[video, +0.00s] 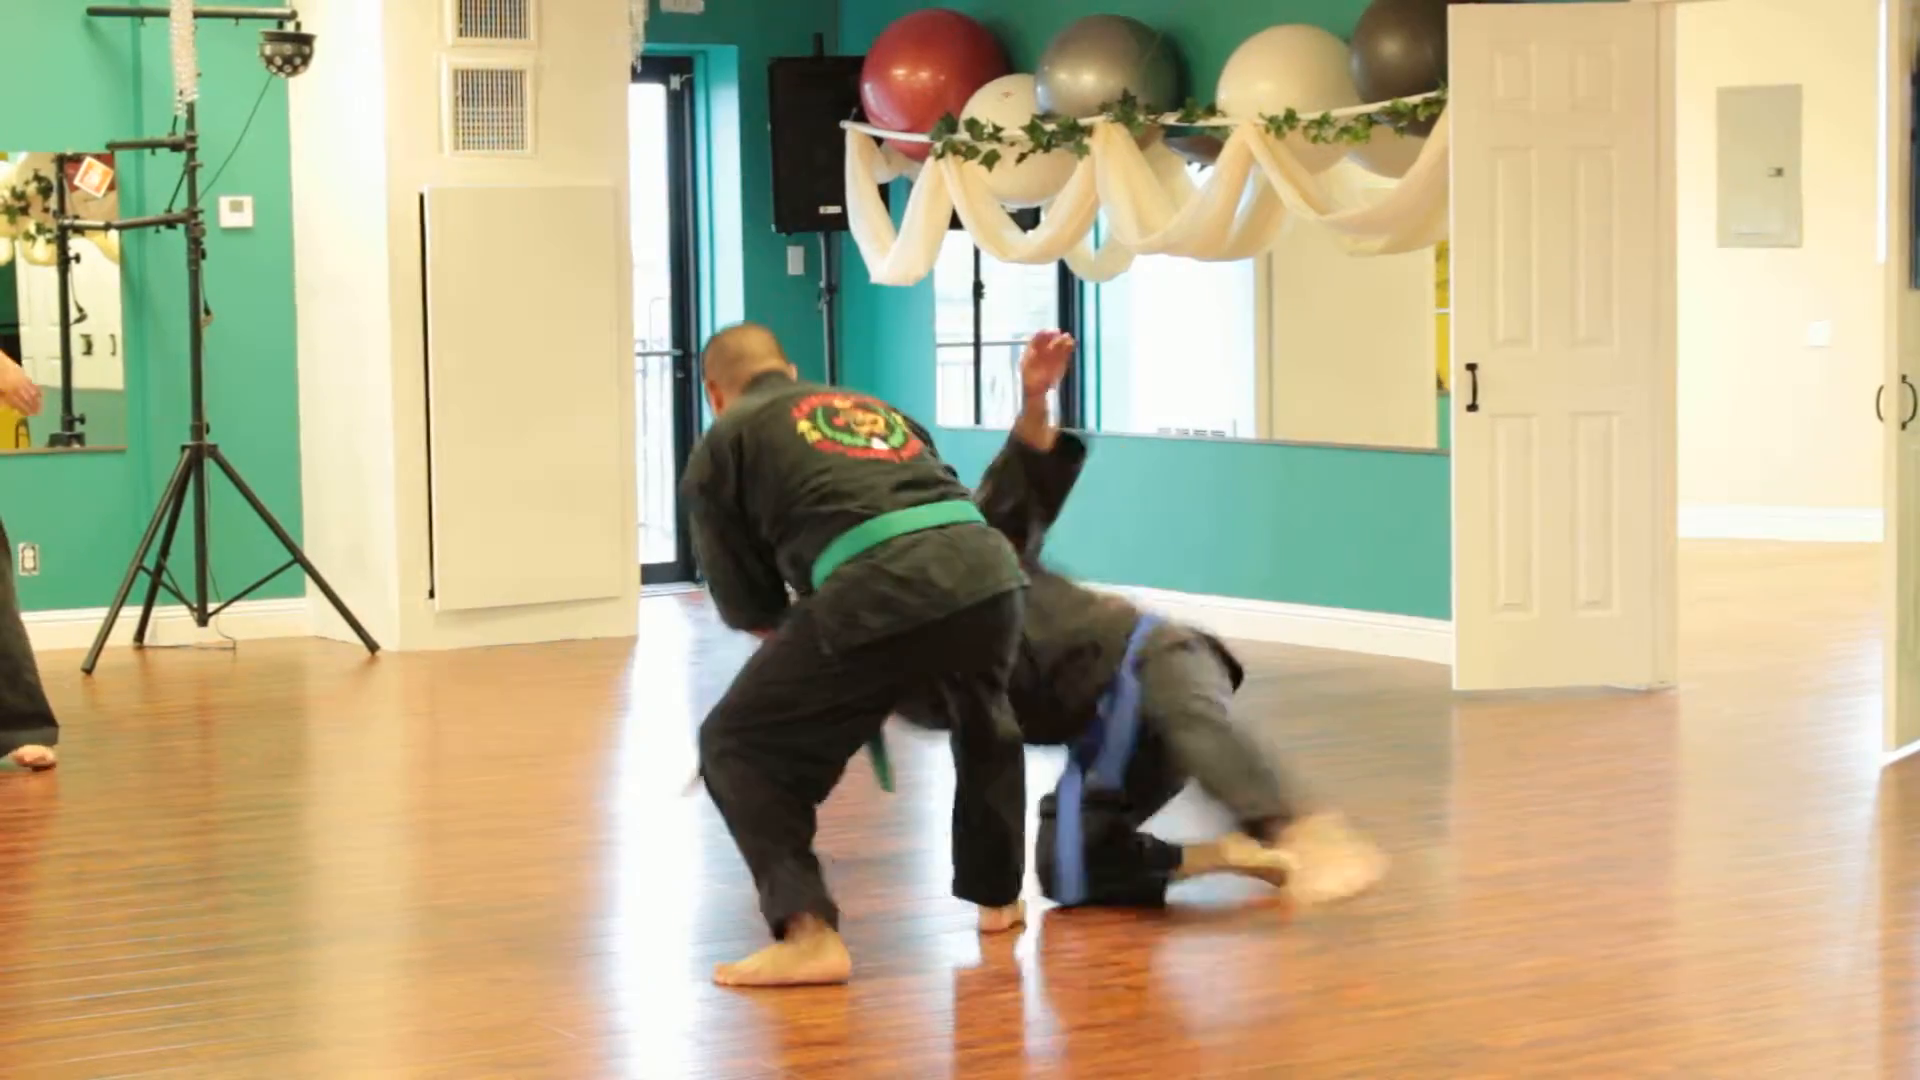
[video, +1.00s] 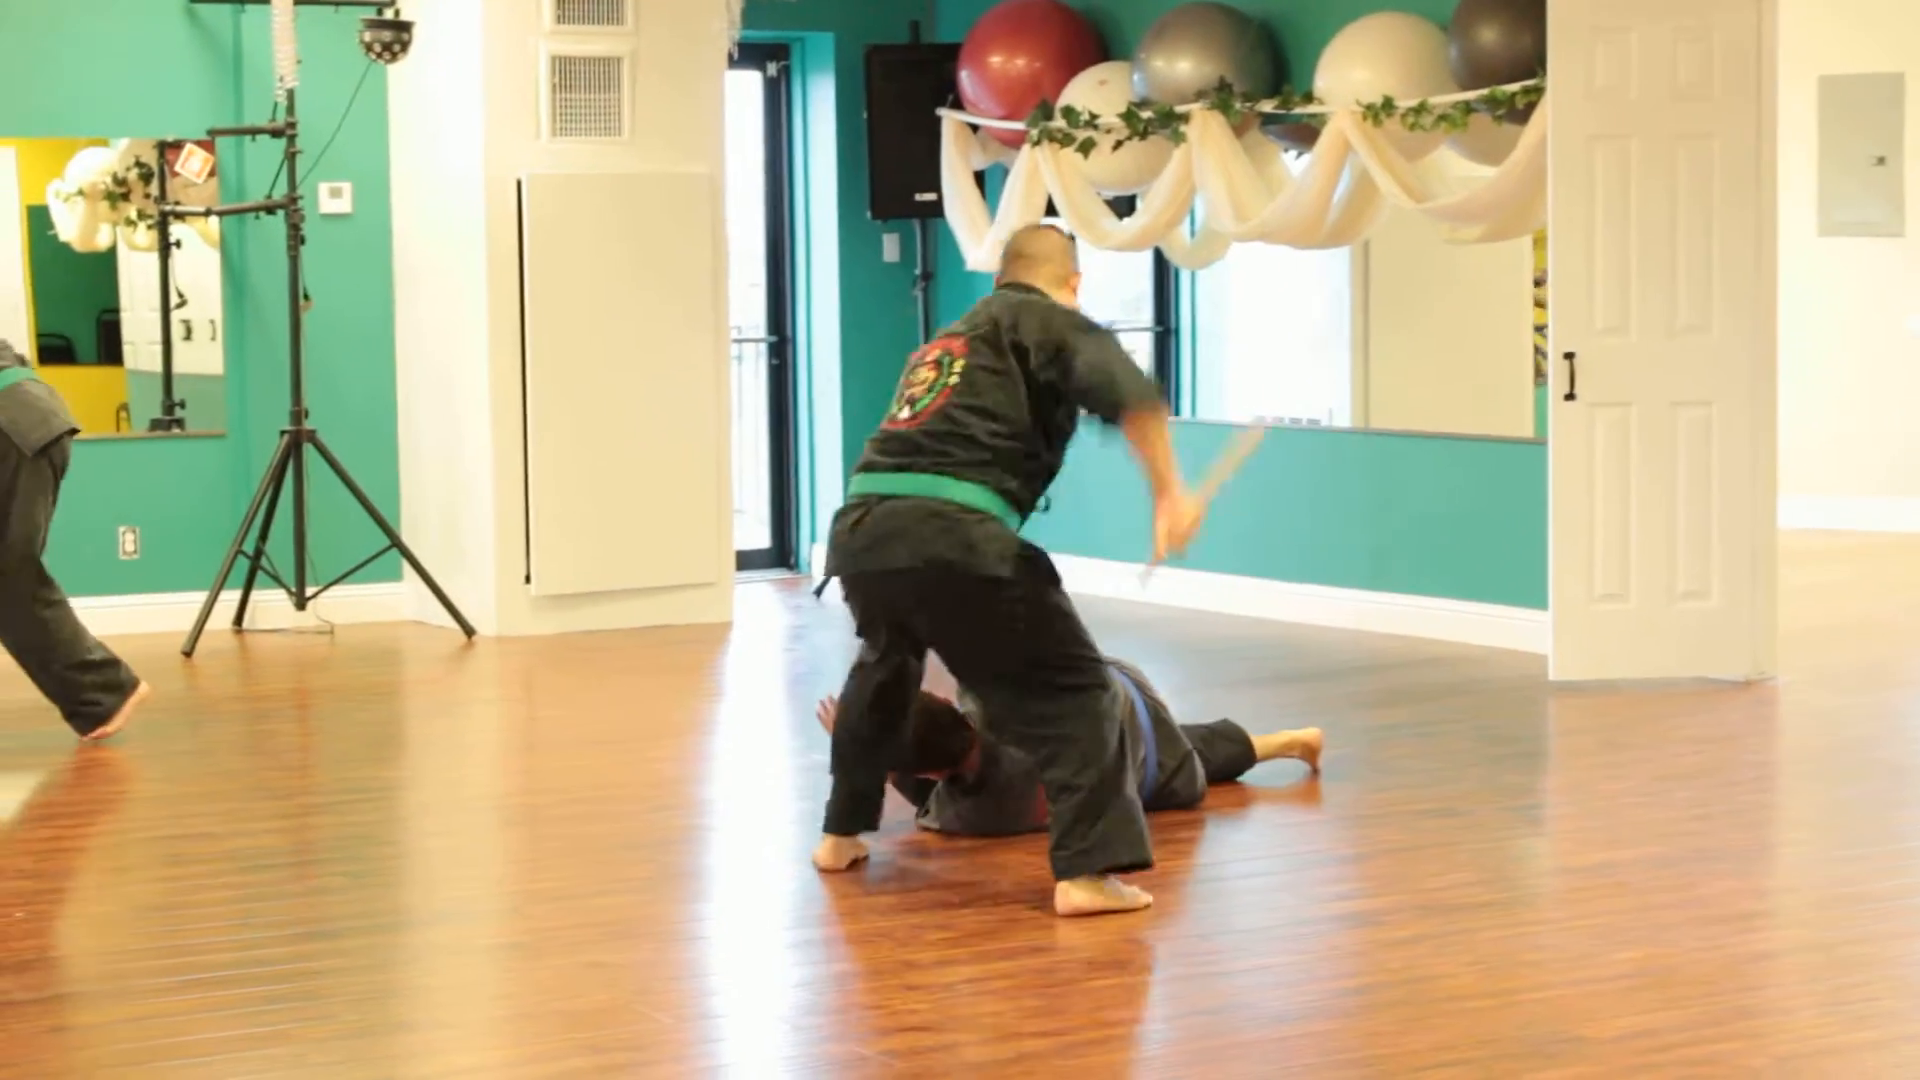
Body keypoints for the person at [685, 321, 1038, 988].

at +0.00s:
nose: (713, 404)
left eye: (709, 395)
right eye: (712, 396)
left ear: (717, 390)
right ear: (789, 370)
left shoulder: (721, 446)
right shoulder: (870, 406)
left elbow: (749, 609)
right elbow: (937, 497)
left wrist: (820, 642)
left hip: (878, 587)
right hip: (987, 564)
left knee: (736, 743)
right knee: (987, 717)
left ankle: (809, 935)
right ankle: (999, 899)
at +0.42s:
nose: (801, 395)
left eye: (801, 389)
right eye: (802, 390)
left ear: (812, 388)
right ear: (883, 377)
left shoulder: (795, 440)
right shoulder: (936, 417)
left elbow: (785, 605)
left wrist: (805, 698)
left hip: (923, 581)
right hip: (1037, 569)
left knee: (777, 733)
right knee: (1018, 694)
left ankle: (808, 936)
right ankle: (1036, 890)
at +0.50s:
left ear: (863, 366)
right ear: (935, 359)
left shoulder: (836, 420)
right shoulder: (990, 408)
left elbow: (835, 561)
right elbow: (1013, 511)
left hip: (914, 566)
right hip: (1033, 558)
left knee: (806, 728)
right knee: (1027, 710)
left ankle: (824, 914)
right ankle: (1030, 890)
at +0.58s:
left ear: (951, 338)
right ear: (1021, 339)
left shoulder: (907, 387)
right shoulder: (1066, 397)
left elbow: (887, 495)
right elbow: (1093, 521)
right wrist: (1075, 595)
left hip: (923, 546)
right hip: (1045, 551)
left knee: (837, 714)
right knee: (1063, 704)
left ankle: (840, 852)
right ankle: (1065, 887)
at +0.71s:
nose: (1098, 328)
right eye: (1096, 320)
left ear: (1013, 317)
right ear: (1090, 325)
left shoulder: (948, 359)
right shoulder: (1116, 385)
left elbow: (924, 455)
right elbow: (1127, 537)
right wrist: (1091, 555)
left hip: (896, 525)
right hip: (1016, 532)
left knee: (880, 682)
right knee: (1075, 703)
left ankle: (836, 809)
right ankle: (1089, 886)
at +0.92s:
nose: (1095, 302)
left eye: (1095, 293)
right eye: (1095, 292)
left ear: (1018, 282)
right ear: (1083, 289)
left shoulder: (967, 336)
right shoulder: (1074, 338)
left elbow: (957, 450)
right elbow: (1133, 463)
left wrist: (1042, 540)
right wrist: (1125, 523)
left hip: (856, 526)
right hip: (951, 528)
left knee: (885, 654)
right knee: (1086, 676)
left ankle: (835, 833)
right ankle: (1083, 875)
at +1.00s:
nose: (1079, 298)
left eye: (1077, 289)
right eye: (1078, 288)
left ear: (999, 279)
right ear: (1067, 284)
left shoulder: (949, 336)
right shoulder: (1045, 320)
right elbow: (1132, 391)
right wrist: (1170, 491)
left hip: (862, 532)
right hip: (956, 534)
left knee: (886, 653)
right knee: (1074, 688)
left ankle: (841, 832)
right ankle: (1085, 871)